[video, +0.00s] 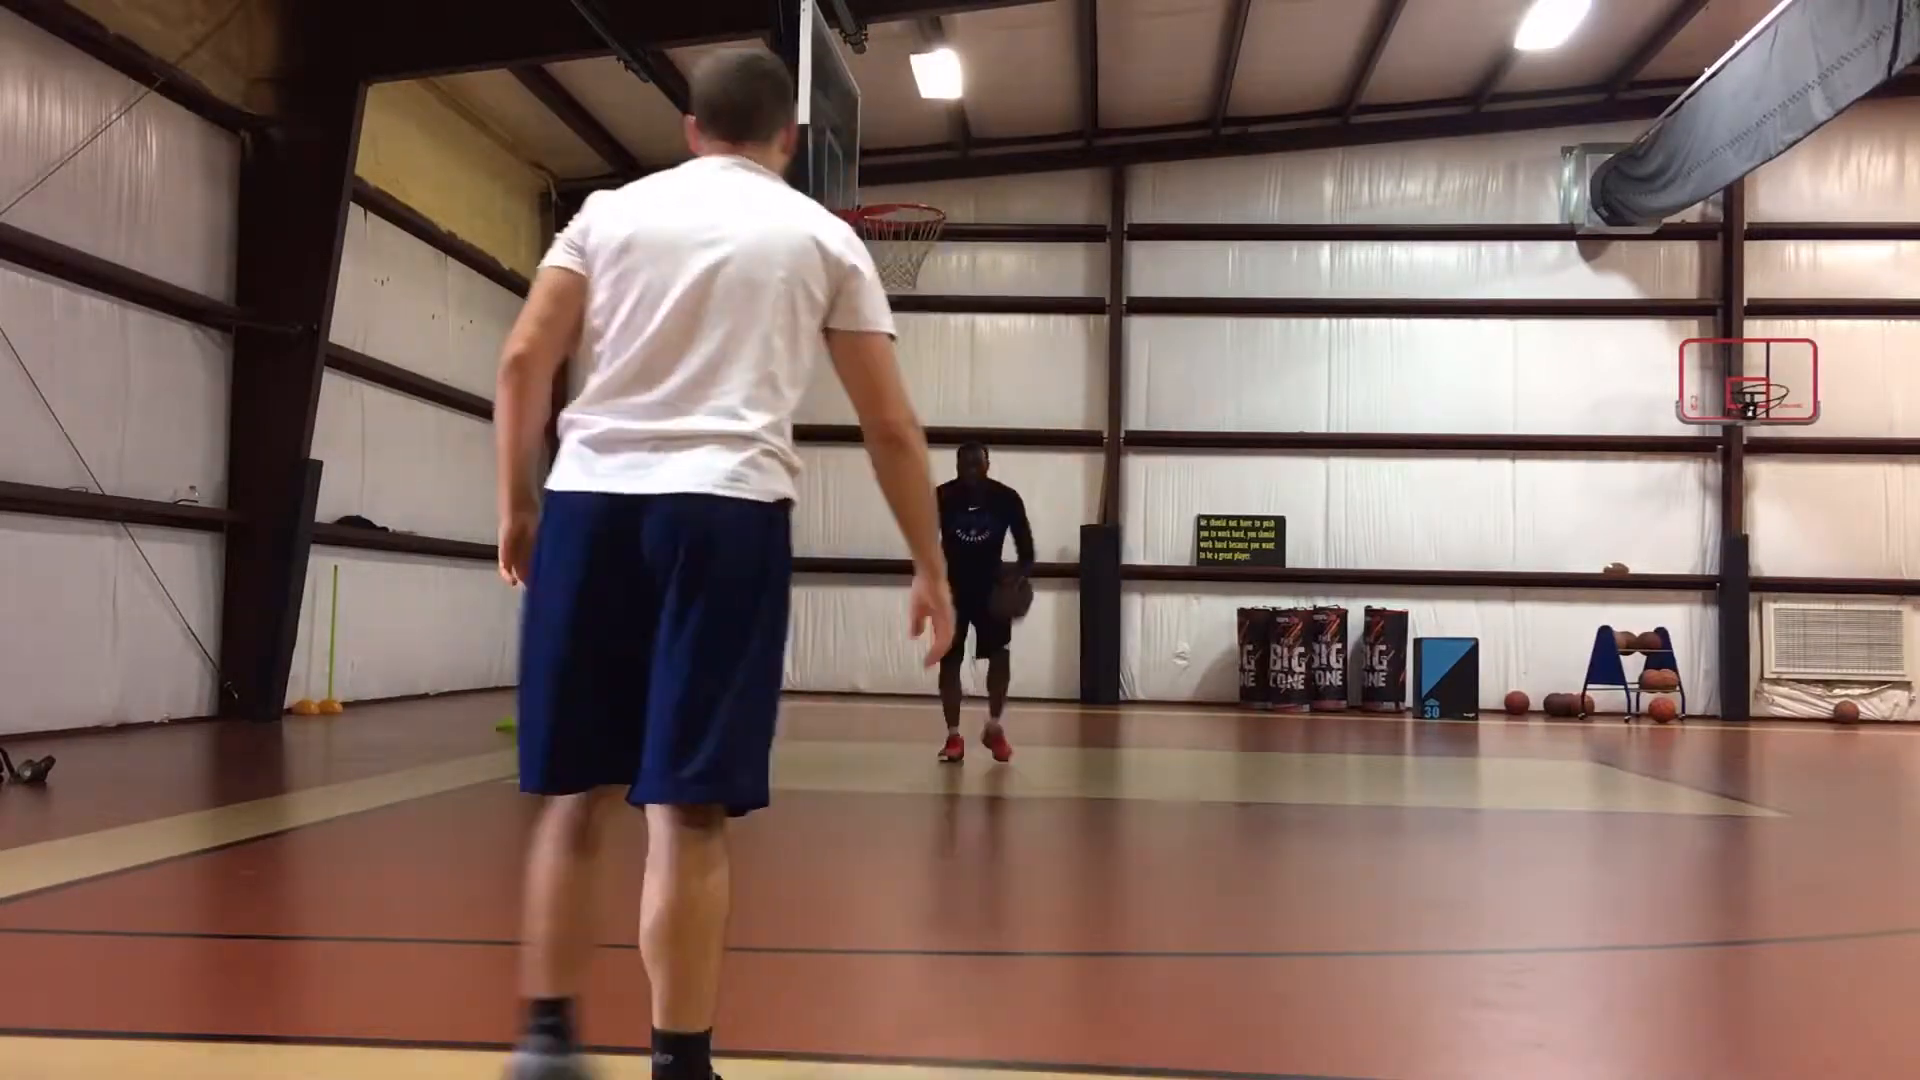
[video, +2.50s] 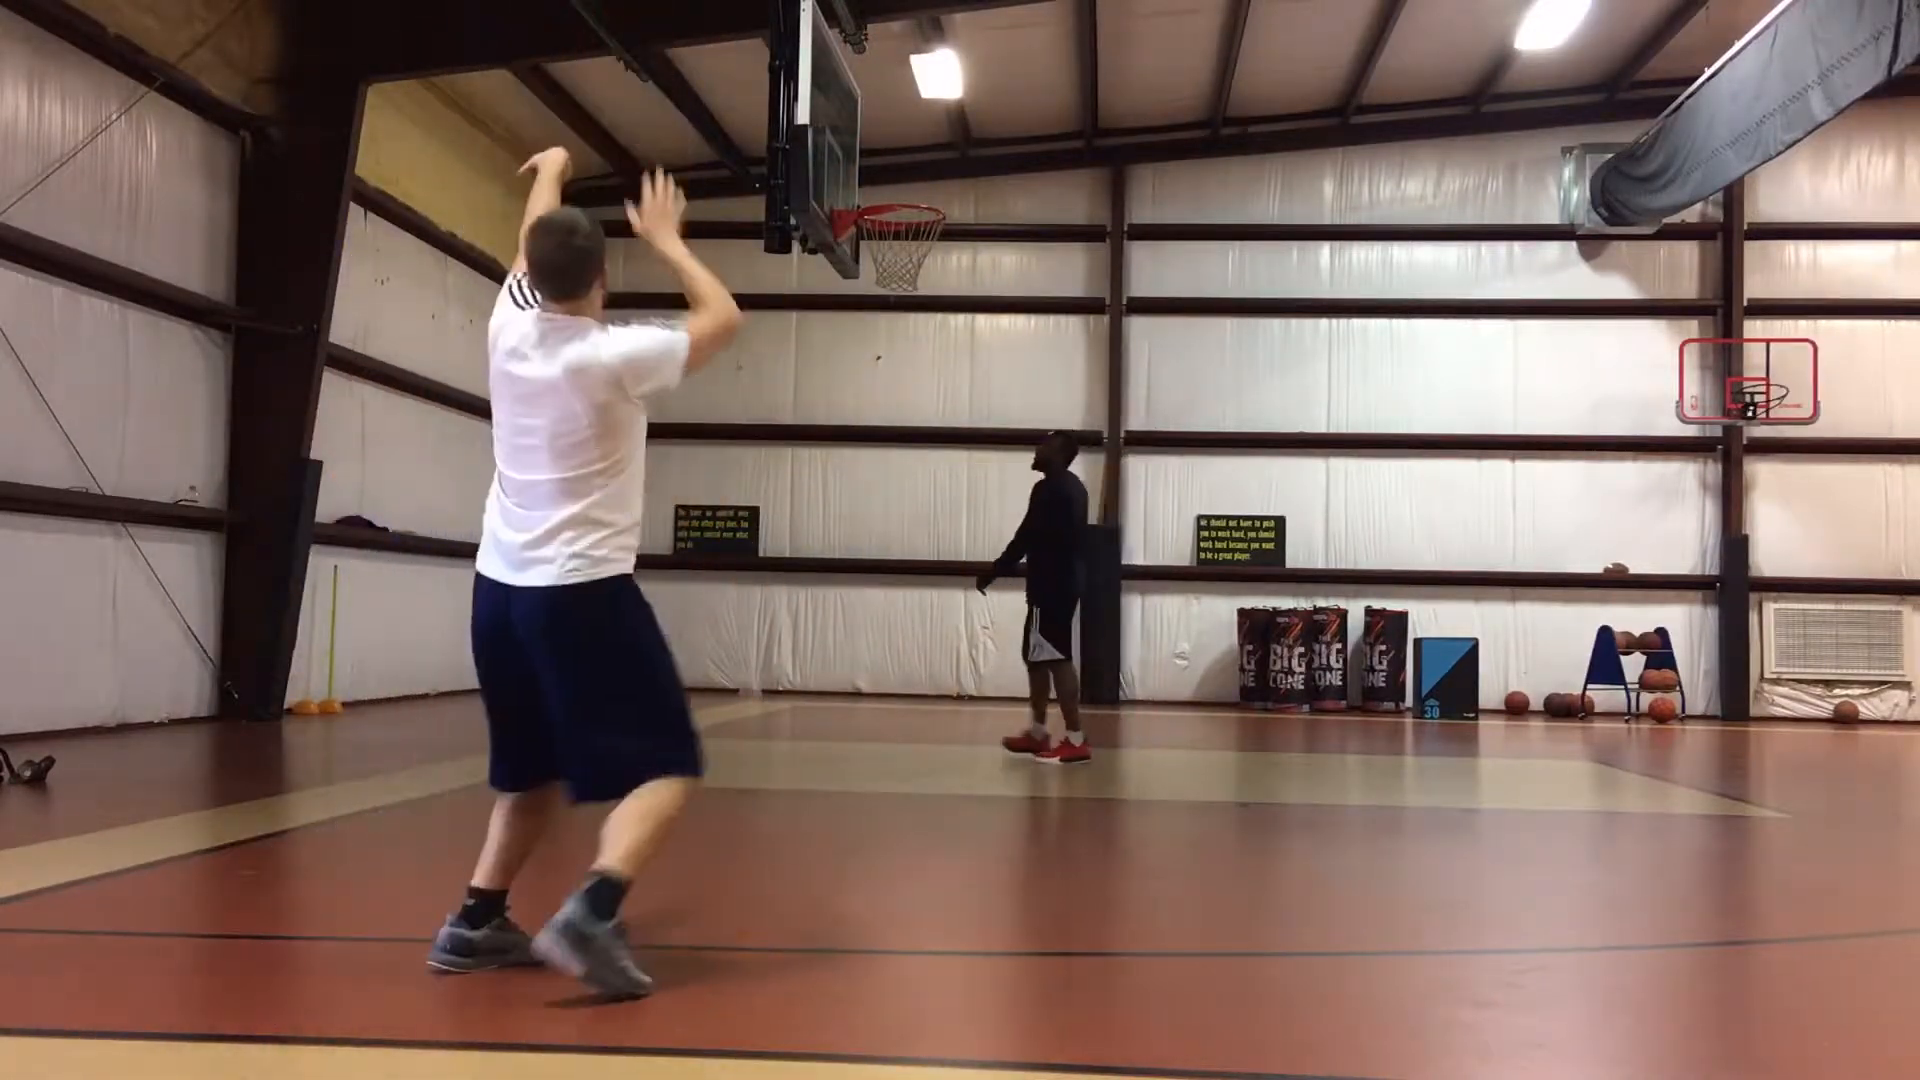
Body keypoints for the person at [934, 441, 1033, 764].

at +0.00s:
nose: (972, 471)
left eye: (977, 465)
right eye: (967, 465)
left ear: (987, 464)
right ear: (958, 466)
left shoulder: (1006, 498)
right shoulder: (942, 496)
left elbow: (1026, 550)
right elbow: (927, 540)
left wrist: (1018, 577)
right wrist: (932, 580)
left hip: (991, 590)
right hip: (952, 588)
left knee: (1000, 657)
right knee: (950, 662)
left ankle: (994, 725)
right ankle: (953, 735)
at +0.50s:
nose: (1083, 435)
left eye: (1090, 428)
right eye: (1080, 428)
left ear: (1106, 433)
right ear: (1075, 433)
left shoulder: (1129, 474)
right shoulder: (1065, 471)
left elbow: (1150, 529)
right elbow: (1048, 520)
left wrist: (1141, 576)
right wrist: (1017, 561)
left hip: (1113, 581)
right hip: (1070, 580)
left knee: (1122, 668)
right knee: (1051, 663)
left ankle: (1131, 751)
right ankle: (1036, 751)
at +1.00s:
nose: (1120, 435)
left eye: (1129, 431)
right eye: (1120, 428)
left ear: (1147, 438)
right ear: (1117, 432)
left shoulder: (1156, 471)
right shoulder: (1114, 472)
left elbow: (1162, 520)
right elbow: (1107, 526)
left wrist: (1123, 538)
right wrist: (1082, 565)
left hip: (1136, 580)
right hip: (1104, 578)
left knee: (1136, 664)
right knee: (1101, 666)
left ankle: (1134, 749)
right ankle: (1146, 726)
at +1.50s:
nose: (1113, 450)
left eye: (1118, 443)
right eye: (1114, 443)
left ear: (1135, 445)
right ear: (1141, 446)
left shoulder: (1141, 480)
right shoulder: (1147, 479)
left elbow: (1135, 539)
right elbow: (1140, 538)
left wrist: (1118, 588)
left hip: (1132, 588)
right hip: (1144, 587)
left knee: (1112, 662)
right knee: (1148, 662)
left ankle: (1119, 744)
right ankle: (1175, 743)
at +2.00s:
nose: (1065, 460)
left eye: (1068, 453)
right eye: (1065, 453)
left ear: (1084, 452)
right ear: (1096, 452)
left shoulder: (1078, 487)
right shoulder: (1121, 487)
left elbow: (1082, 545)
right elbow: (1129, 544)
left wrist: (1080, 596)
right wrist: (1115, 580)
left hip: (1090, 592)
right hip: (1122, 589)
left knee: (1080, 665)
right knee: (1125, 662)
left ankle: (1077, 740)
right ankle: (1163, 731)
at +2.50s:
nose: (1037, 448)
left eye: (1044, 444)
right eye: (1041, 443)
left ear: (1059, 454)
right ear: (1063, 455)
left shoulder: (1047, 489)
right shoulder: (1073, 487)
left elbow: (1025, 537)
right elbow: (1068, 543)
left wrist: (992, 571)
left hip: (1053, 588)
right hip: (1060, 586)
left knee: (1059, 660)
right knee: (1037, 658)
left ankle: (1075, 740)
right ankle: (1037, 733)